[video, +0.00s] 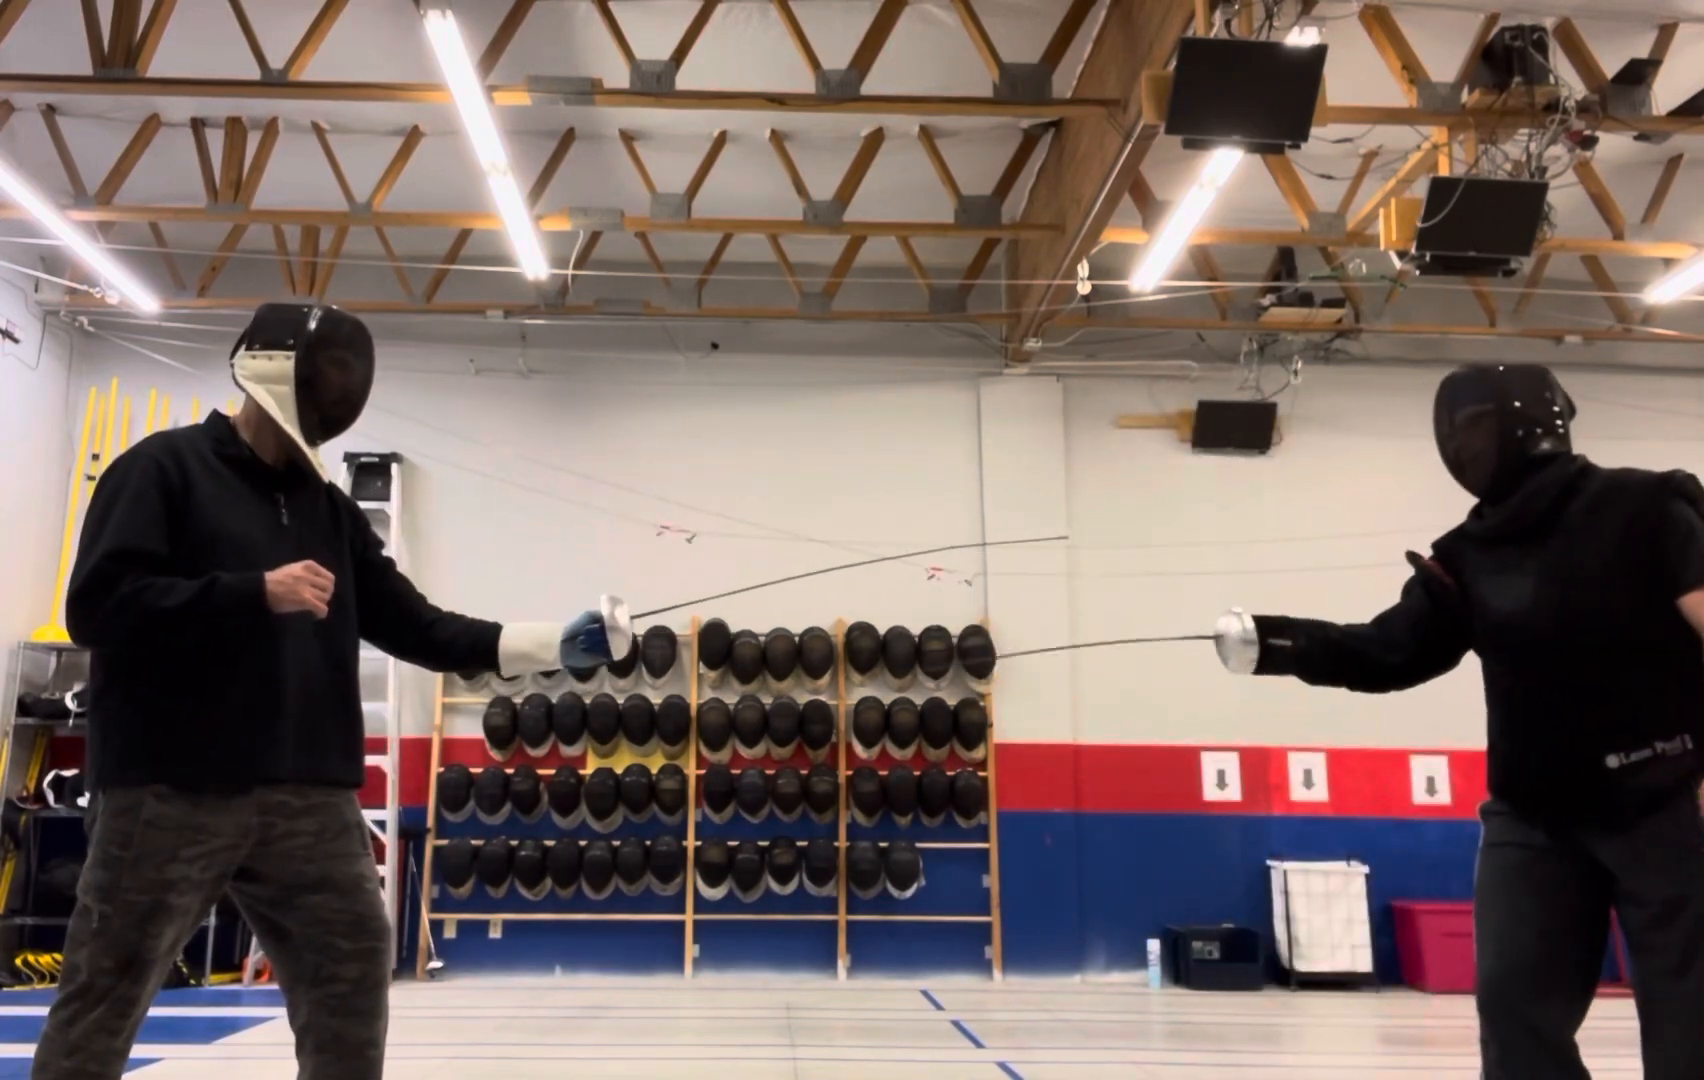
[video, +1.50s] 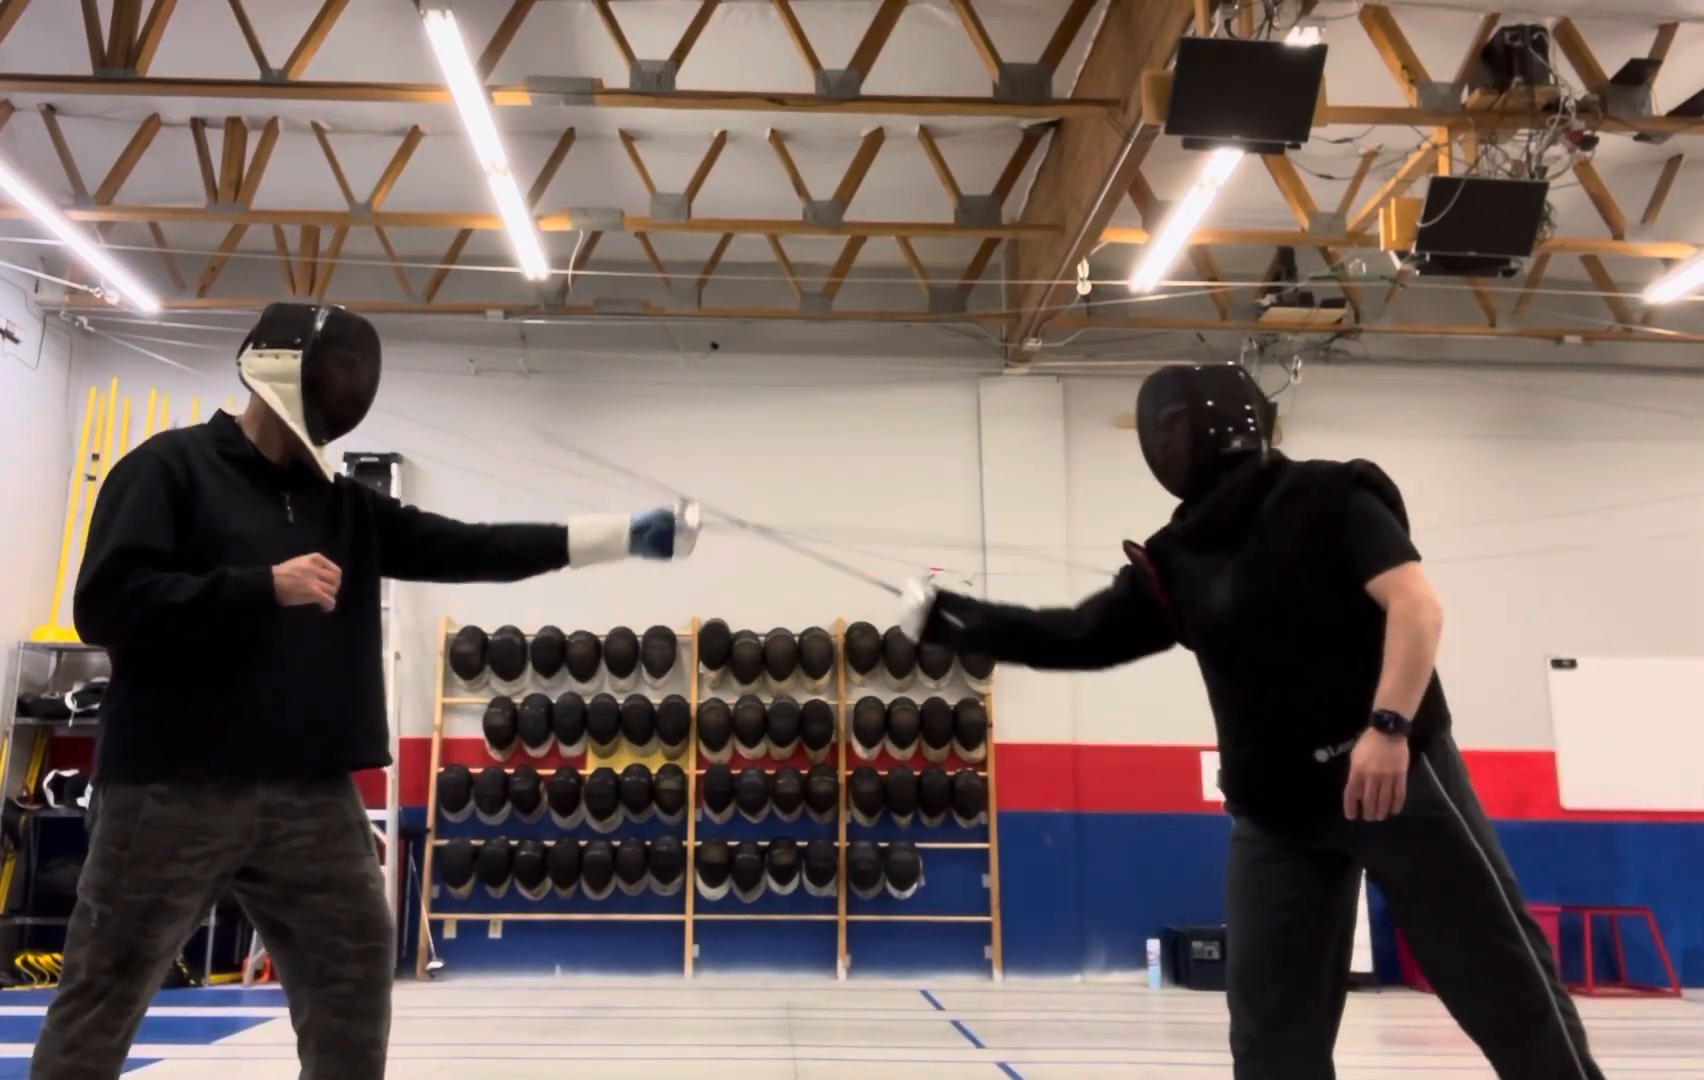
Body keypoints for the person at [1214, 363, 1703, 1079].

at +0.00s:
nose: (1462, 453)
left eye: (1475, 431)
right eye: (1454, 438)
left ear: (1529, 422)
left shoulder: (1653, 510)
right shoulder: (1465, 559)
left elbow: (1702, 626)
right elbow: (1387, 652)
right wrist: (1274, 644)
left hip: (1665, 811)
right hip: (1533, 824)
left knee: (1684, 1040)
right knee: (1519, 1032)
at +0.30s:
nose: (1441, 456)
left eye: (1455, 434)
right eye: (1434, 442)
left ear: (1512, 426)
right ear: (1436, 452)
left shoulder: (1636, 509)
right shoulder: (1450, 560)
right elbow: (1339, 619)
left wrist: (1701, 748)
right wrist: (1214, 615)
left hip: (1656, 803)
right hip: (1525, 818)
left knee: (1684, 1019)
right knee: (1502, 1000)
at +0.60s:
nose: (1369, 472)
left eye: (1378, 451)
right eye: (1365, 457)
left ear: (1424, 444)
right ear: (1443, 442)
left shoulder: (1560, 518)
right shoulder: (1382, 573)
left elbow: (1643, 634)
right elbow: (1272, 632)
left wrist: (1665, 762)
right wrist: (1142, 625)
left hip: (1587, 817)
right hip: (1458, 835)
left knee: (1656, 1031)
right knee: (1400, 1041)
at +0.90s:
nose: (1216, 458)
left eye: (1225, 435)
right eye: (1213, 442)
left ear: (1279, 425)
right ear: (1260, 436)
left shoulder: (1397, 500)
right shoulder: (1234, 562)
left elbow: (1478, 612)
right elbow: (1133, 630)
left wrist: (1473, 738)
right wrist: (999, 620)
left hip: (1440, 791)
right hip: (1314, 820)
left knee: (1555, 1018)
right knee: (1297, 1049)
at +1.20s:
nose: (1132, 448)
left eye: (1140, 428)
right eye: (1131, 432)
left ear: (1184, 430)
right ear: (1210, 428)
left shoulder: (1310, 492)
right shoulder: (1151, 555)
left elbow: (1397, 602)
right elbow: (1031, 590)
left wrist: (1367, 716)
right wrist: (916, 560)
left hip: (1384, 789)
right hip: (1258, 816)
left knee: (1490, 994)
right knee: (1262, 1041)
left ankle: (1544, 1078)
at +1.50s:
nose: (1156, 443)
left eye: (1166, 424)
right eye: (1154, 429)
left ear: (1207, 426)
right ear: (1235, 426)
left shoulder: (1329, 495)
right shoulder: (1176, 563)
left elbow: (1417, 611)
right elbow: (1082, 636)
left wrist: (1391, 728)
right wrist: (959, 620)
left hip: (1398, 785)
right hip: (1278, 812)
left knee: (1505, 988)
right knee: (1273, 1040)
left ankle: (1569, 1075)